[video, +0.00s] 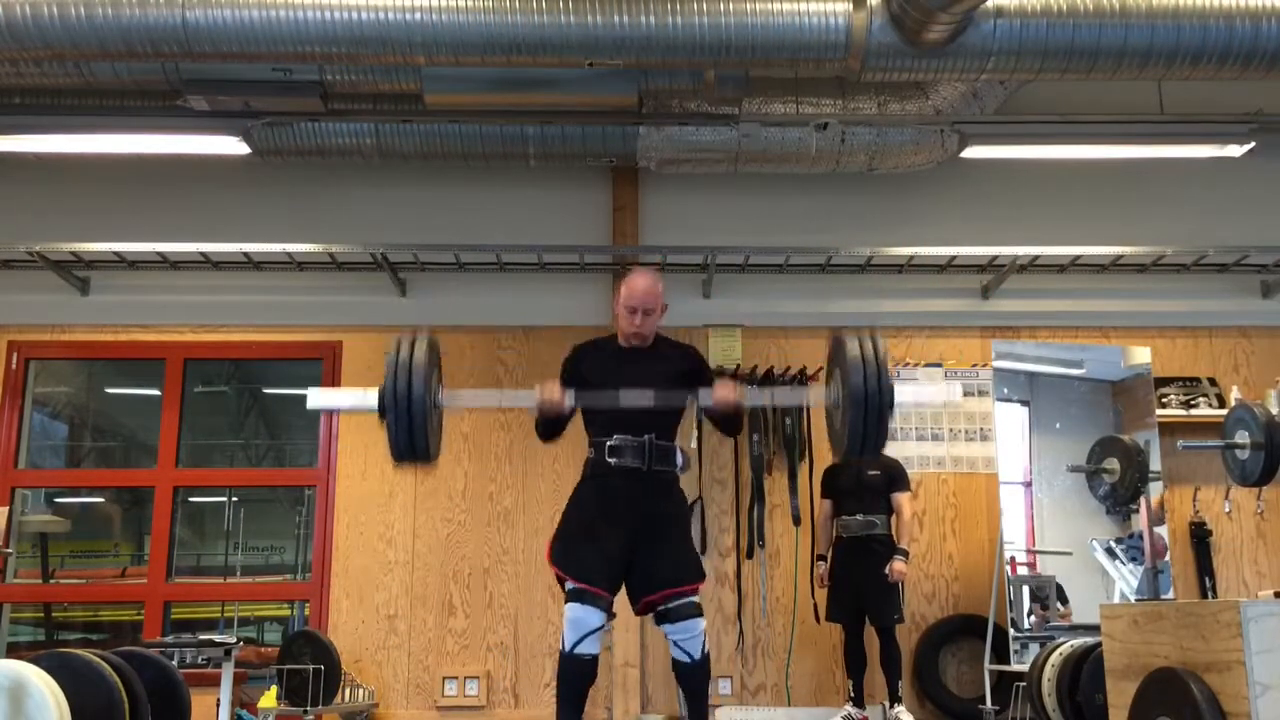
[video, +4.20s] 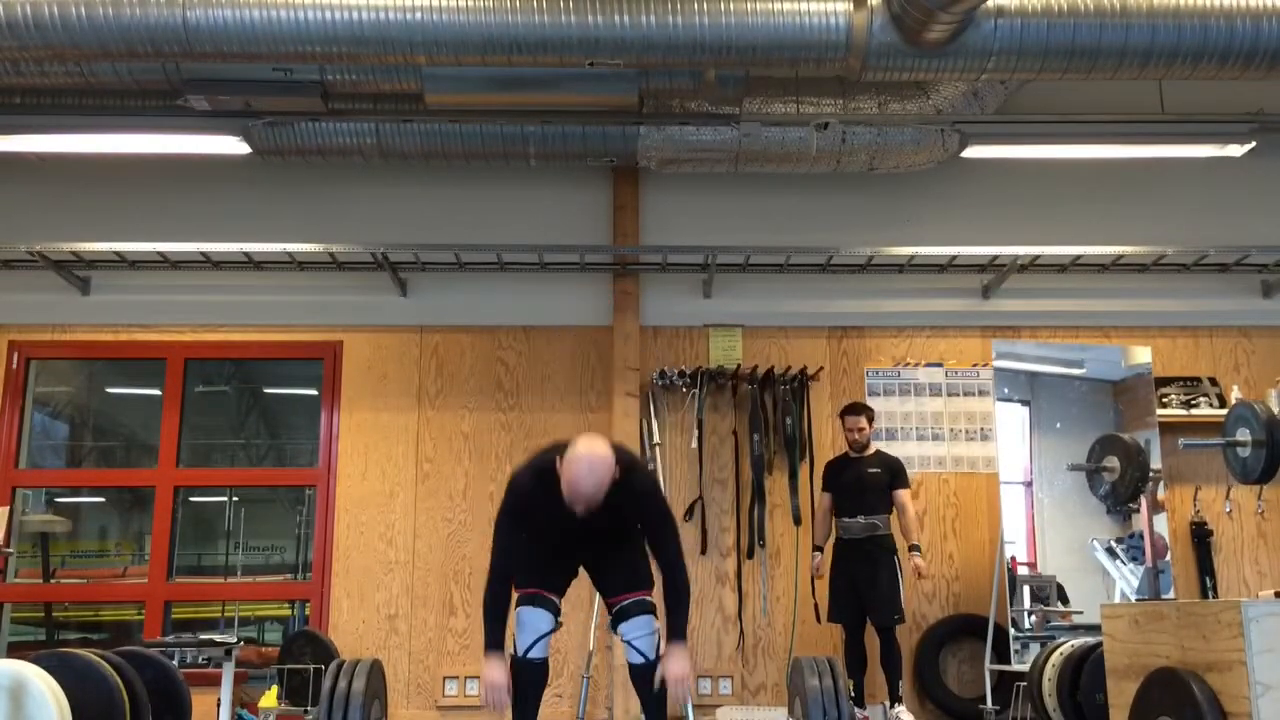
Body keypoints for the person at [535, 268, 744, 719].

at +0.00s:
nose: (639, 321)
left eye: (649, 312)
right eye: (631, 310)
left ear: (663, 311)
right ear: (615, 306)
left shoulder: (684, 361)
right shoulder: (586, 359)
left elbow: (730, 428)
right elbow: (548, 433)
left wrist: (728, 407)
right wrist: (550, 411)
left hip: (661, 502)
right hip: (600, 500)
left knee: (686, 626)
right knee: (583, 622)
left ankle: (698, 716)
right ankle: (568, 717)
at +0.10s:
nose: (640, 335)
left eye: (650, 326)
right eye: (632, 324)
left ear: (665, 323)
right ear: (617, 321)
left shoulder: (688, 376)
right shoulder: (591, 375)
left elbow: (723, 435)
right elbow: (565, 437)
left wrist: (726, 465)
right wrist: (555, 468)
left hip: (667, 517)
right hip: (606, 516)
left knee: (687, 637)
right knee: (589, 627)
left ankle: (691, 718)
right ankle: (571, 718)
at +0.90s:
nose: (611, 359)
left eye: (620, 351)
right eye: (604, 350)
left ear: (634, 350)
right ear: (593, 346)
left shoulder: (656, 395)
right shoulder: (568, 396)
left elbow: (679, 456)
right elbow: (542, 452)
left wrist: (675, 504)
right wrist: (546, 481)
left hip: (641, 514)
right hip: (591, 513)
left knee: (658, 624)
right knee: (594, 627)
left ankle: (677, 709)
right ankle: (592, 710)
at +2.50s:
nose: (580, 359)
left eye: (587, 350)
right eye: (571, 351)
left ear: (596, 343)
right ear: (556, 346)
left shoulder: (625, 384)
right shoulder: (534, 391)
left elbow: (652, 447)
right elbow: (512, 457)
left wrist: (667, 508)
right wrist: (493, 518)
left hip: (614, 515)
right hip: (559, 515)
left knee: (643, 620)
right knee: (552, 625)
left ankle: (632, 706)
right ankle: (543, 716)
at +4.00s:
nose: (583, 401)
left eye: (593, 393)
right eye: (576, 391)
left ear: (611, 376)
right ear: (562, 365)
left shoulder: (640, 404)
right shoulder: (532, 398)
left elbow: (677, 473)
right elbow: (501, 466)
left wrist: (683, 545)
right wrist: (484, 540)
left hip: (617, 518)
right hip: (553, 515)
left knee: (640, 629)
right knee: (530, 624)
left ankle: (648, 716)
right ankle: (521, 716)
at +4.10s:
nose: (582, 450)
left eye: (592, 442)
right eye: (575, 440)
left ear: (610, 428)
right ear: (563, 418)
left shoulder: (635, 442)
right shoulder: (530, 437)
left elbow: (677, 517)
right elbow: (498, 515)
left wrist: (682, 594)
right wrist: (489, 598)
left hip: (614, 529)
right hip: (550, 528)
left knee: (643, 626)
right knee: (529, 625)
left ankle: (652, 715)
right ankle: (523, 715)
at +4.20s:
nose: (581, 506)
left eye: (592, 498)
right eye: (574, 495)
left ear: (614, 476)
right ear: (560, 470)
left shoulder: (638, 483)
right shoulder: (528, 484)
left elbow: (673, 566)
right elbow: (500, 574)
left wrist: (677, 644)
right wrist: (493, 655)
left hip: (615, 545)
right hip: (548, 546)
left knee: (641, 632)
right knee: (531, 627)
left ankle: (656, 715)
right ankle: (524, 715)